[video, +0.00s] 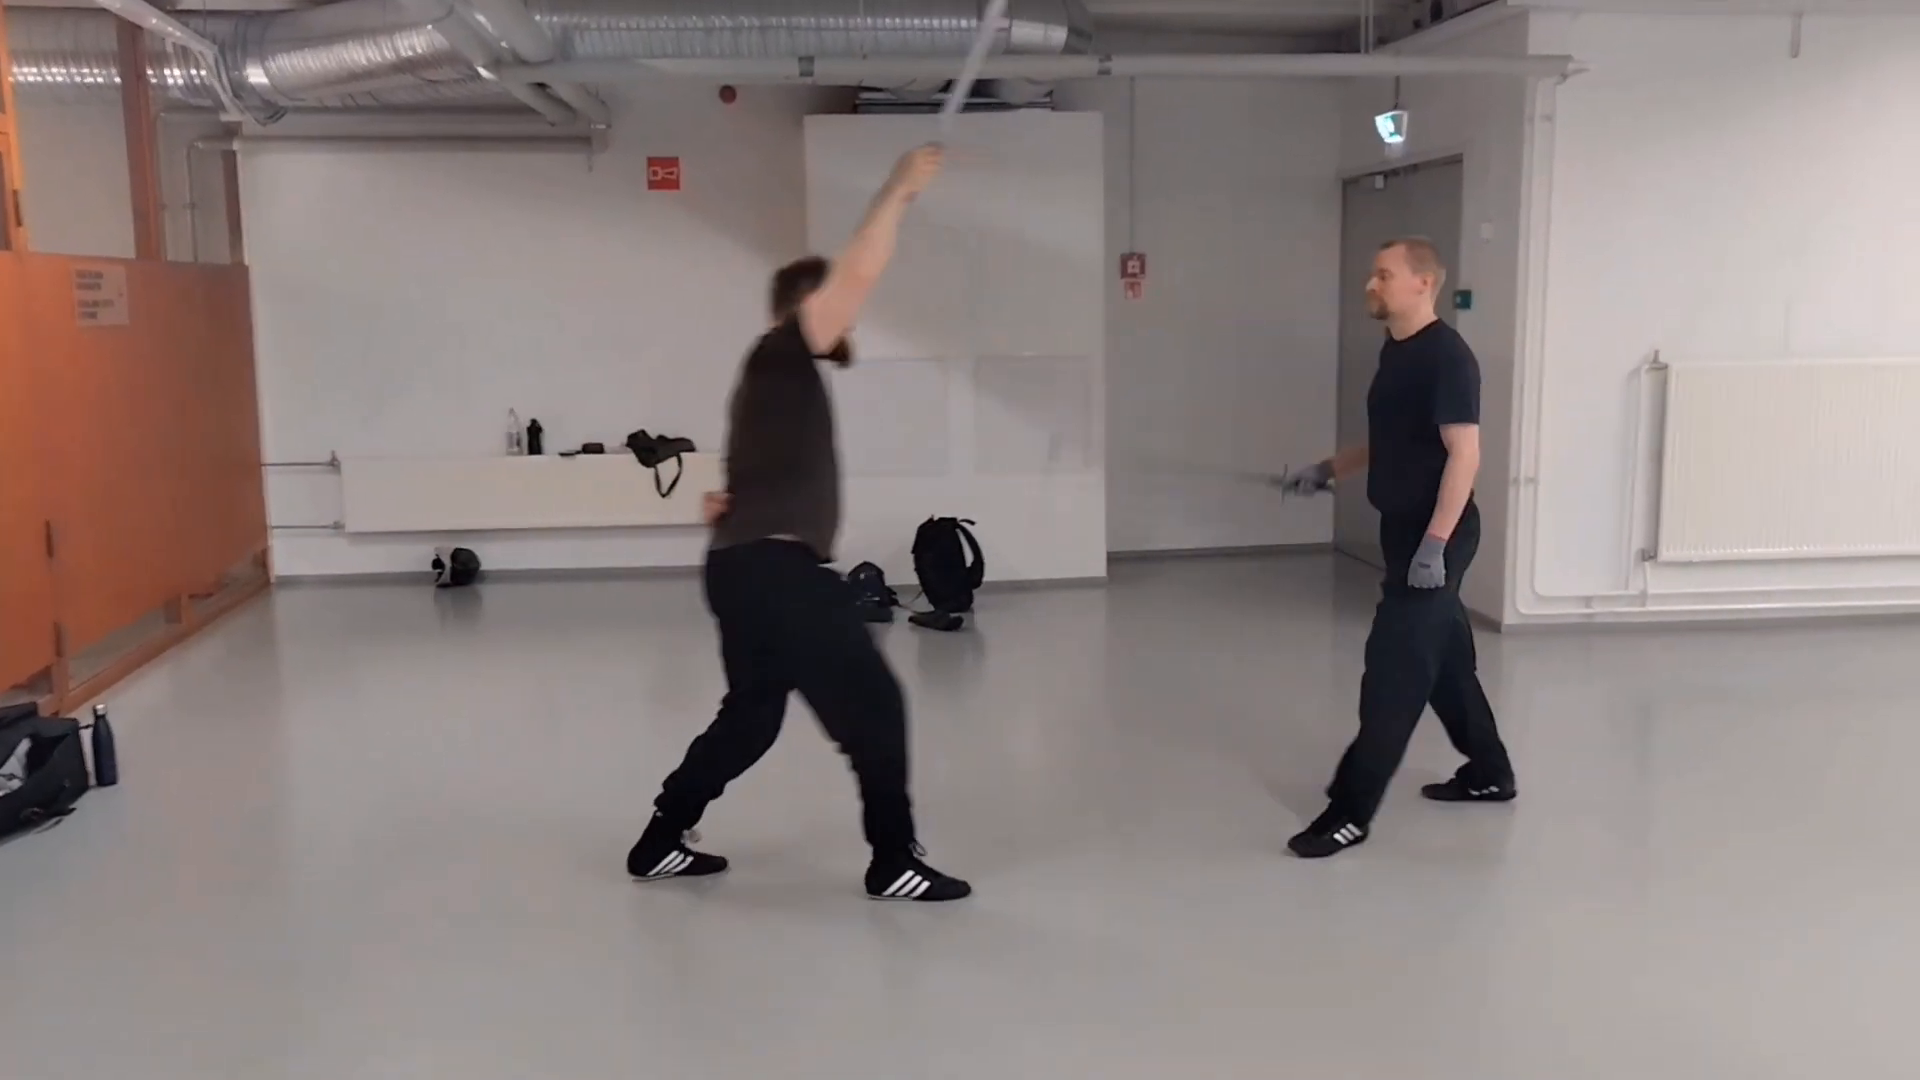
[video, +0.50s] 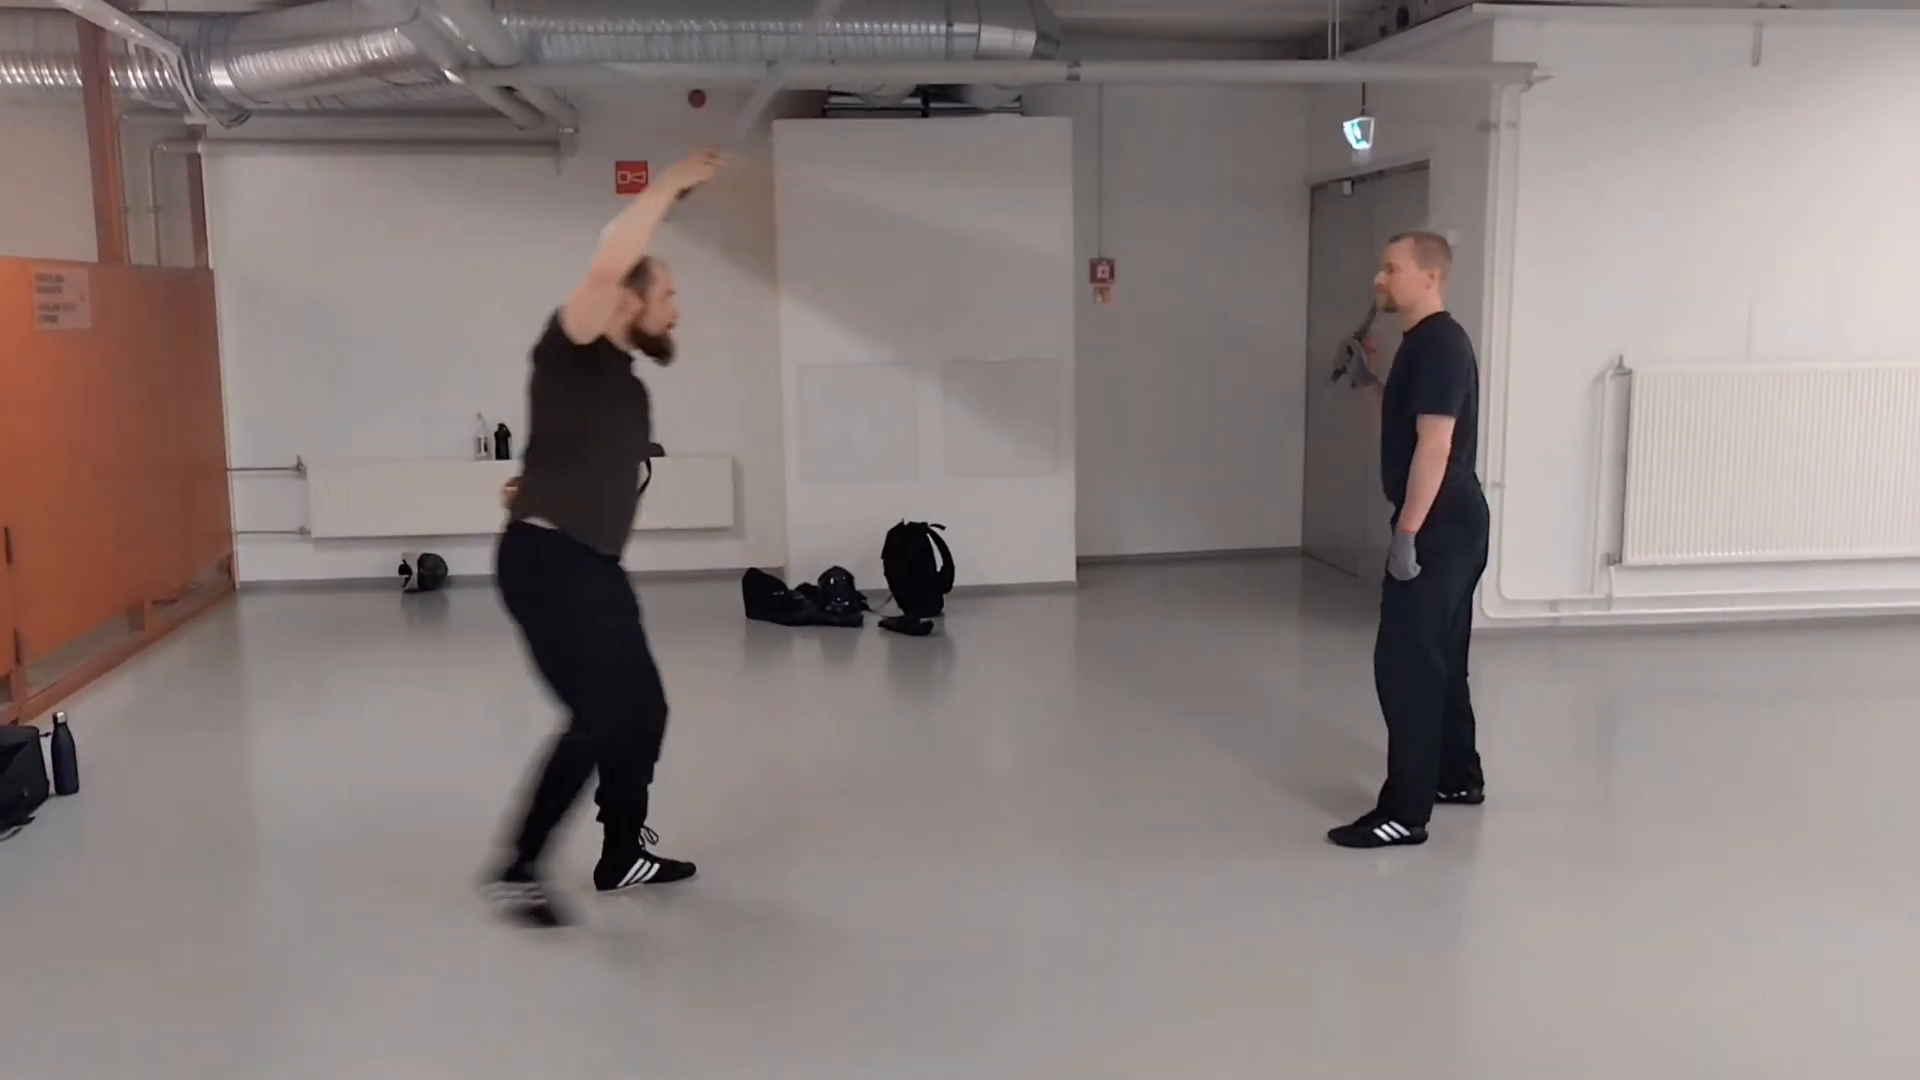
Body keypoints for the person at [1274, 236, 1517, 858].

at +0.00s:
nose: (1371, 285)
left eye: (1383, 276)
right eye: (1372, 276)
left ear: (1425, 284)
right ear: (1399, 288)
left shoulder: (1446, 355)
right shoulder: (1397, 352)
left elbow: (1466, 454)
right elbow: (1390, 441)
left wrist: (1434, 543)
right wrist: (1326, 470)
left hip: (1436, 535)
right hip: (1404, 530)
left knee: (1394, 667)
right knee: (1446, 659)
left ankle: (1351, 811)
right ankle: (1490, 769)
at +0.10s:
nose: (1381, 279)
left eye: (1394, 269)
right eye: (1382, 270)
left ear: (1435, 277)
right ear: (1413, 280)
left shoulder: (1453, 344)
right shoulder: (1410, 343)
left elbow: (1468, 444)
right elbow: (1407, 430)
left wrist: (1438, 533)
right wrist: (1345, 449)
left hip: (1446, 524)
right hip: (1419, 519)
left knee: (1404, 657)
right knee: (1453, 652)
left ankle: (1384, 807)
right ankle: (1485, 772)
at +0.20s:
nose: (1385, 276)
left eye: (1397, 266)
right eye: (1385, 266)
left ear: (1437, 274)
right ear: (1421, 277)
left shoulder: (1453, 339)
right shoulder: (1420, 341)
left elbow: (1465, 439)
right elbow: (1411, 426)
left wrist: (1433, 528)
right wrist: (1350, 424)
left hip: (1449, 523)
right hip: (1429, 518)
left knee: (1404, 653)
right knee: (1454, 648)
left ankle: (1401, 803)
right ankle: (1477, 770)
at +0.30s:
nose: (1385, 276)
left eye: (1397, 266)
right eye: (1385, 266)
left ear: (1436, 273)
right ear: (1423, 275)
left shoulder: (1450, 338)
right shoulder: (1428, 337)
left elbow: (1455, 436)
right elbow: (1435, 430)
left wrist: (1425, 524)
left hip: (1444, 519)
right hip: (1439, 514)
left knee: (1403, 654)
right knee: (1451, 649)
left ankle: (1409, 804)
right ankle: (1470, 772)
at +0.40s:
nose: (1384, 278)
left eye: (1396, 268)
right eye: (1385, 268)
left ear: (1435, 274)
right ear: (1422, 277)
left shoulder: (1445, 338)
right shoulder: (1425, 338)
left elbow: (1447, 438)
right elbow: (1411, 424)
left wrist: (1415, 526)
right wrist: (1369, 386)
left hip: (1440, 523)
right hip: (1442, 517)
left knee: (1404, 659)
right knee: (1446, 652)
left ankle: (1408, 810)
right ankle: (1463, 773)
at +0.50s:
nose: (1379, 279)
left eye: (1390, 269)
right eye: (1380, 270)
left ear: (1430, 277)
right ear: (1424, 279)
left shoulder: (1438, 342)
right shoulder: (1426, 342)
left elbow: (1435, 445)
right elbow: (1407, 424)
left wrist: (1406, 530)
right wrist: (1375, 375)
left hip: (1436, 523)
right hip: (1443, 518)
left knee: (1403, 662)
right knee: (1439, 653)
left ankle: (1404, 815)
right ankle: (1459, 773)